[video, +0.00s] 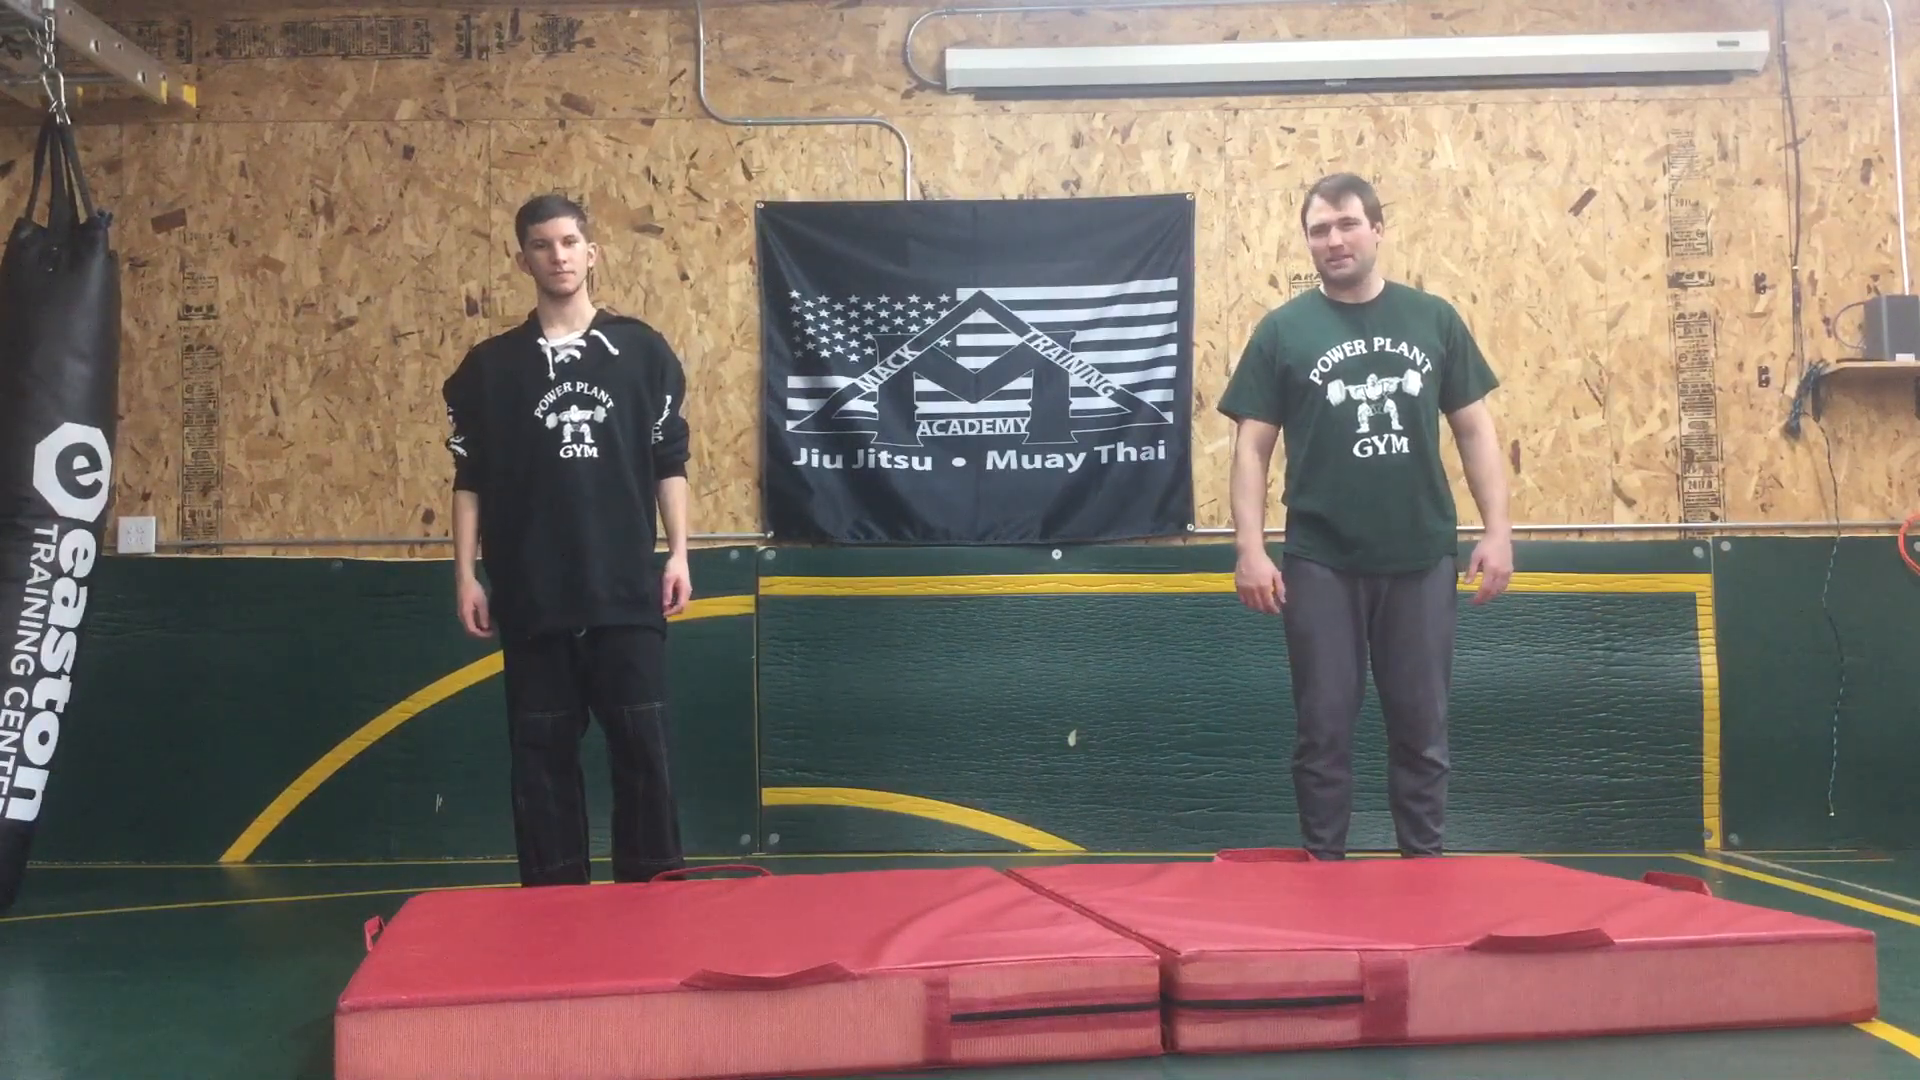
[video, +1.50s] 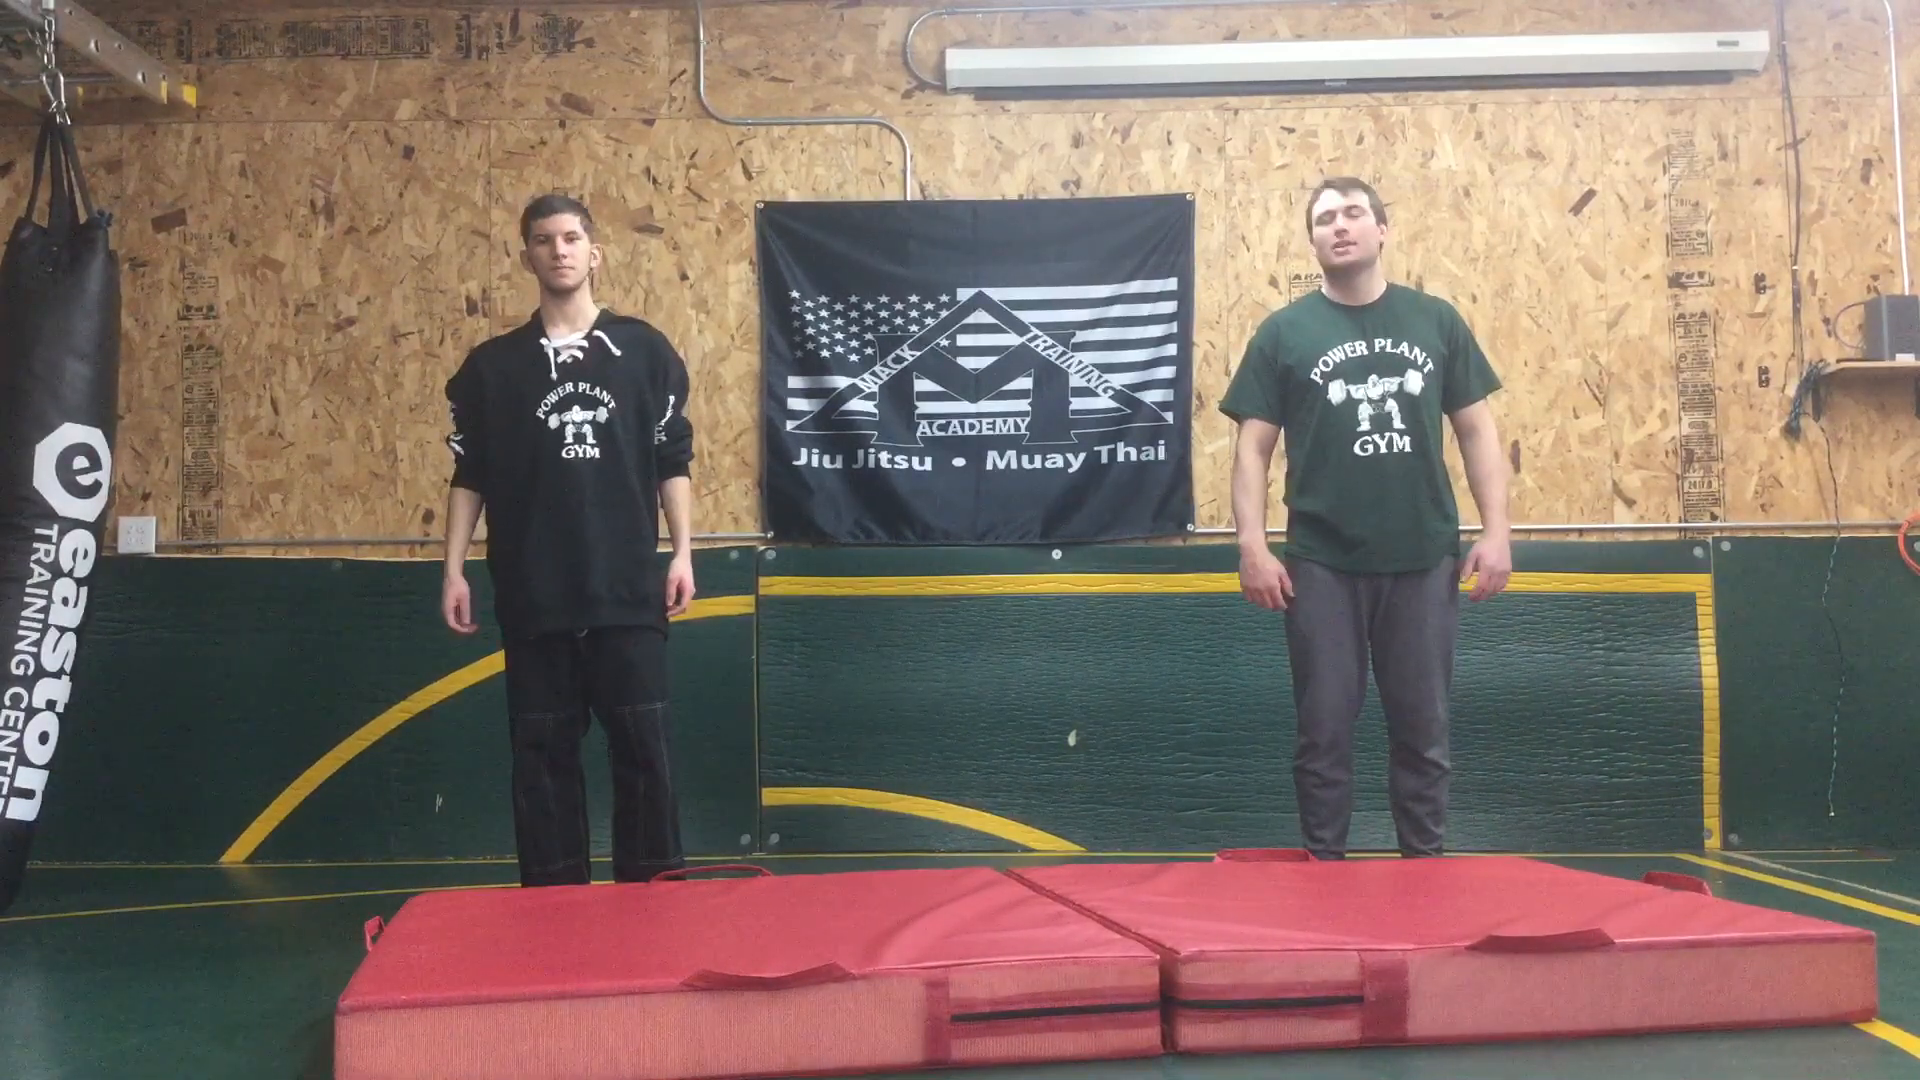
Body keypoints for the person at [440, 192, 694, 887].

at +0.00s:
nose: (559, 256)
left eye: (569, 242)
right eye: (543, 246)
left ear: (590, 250)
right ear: (525, 261)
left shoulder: (643, 350)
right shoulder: (486, 366)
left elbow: (669, 462)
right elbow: (468, 479)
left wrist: (679, 551)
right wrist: (466, 574)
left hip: (625, 585)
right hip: (529, 591)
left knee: (643, 754)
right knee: (542, 764)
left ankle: (653, 906)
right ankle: (554, 914)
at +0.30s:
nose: (558, 255)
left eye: (569, 241)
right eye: (542, 245)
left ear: (590, 250)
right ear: (525, 260)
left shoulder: (643, 350)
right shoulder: (486, 365)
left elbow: (668, 462)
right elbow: (469, 480)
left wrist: (678, 551)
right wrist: (466, 576)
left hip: (625, 586)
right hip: (529, 592)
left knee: (643, 756)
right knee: (541, 764)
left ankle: (653, 906)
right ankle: (554, 914)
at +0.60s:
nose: (557, 255)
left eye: (568, 241)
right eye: (542, 246)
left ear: (590, 250)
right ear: (524, 260)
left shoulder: (642, 350)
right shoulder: (486, 366)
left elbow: (669, 461)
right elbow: (469, 479)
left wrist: (679, 551)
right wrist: (467, 574)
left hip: (625, 584)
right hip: (528, 590)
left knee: (643, 752)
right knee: (541, 761)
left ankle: (652, 902)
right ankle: (554, 911)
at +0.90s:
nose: (558, 254)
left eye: (568, 240)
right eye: (542, 244)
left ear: (590, 249)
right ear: (524, 259)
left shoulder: (643, 349)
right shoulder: (486, 364)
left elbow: (669, 461)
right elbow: (469, 476)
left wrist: (680, 551)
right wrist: (465, 571)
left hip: (626, 583)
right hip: (530, 589)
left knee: (644, 751)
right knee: (542, 760)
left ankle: (653, 903)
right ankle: (554, 912)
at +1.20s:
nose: (559, 253)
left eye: (569, 239)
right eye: (543, 243)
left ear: (592, 249)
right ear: (526, 258)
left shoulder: (644, 350)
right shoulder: (487, 364)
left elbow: (669, 462)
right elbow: (470, 478)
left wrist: (681, 551)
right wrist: (463, 574)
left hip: (628, 585)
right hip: (532, 591)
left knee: (644, 753)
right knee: (543, 762)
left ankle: (653, 905)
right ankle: (554, 913)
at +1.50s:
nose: (560, 250)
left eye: (571, 238)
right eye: (545, 241)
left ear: (593, 250)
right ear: (528, 257)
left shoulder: (645, 349)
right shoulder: (488, 365)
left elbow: (671, 459)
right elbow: (469, 475)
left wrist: (683, 551)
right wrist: (455, 567)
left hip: (627, 583)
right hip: (531, 589)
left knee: (643, 751)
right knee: (543, 758)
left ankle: (652, 903)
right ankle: (553, 910)